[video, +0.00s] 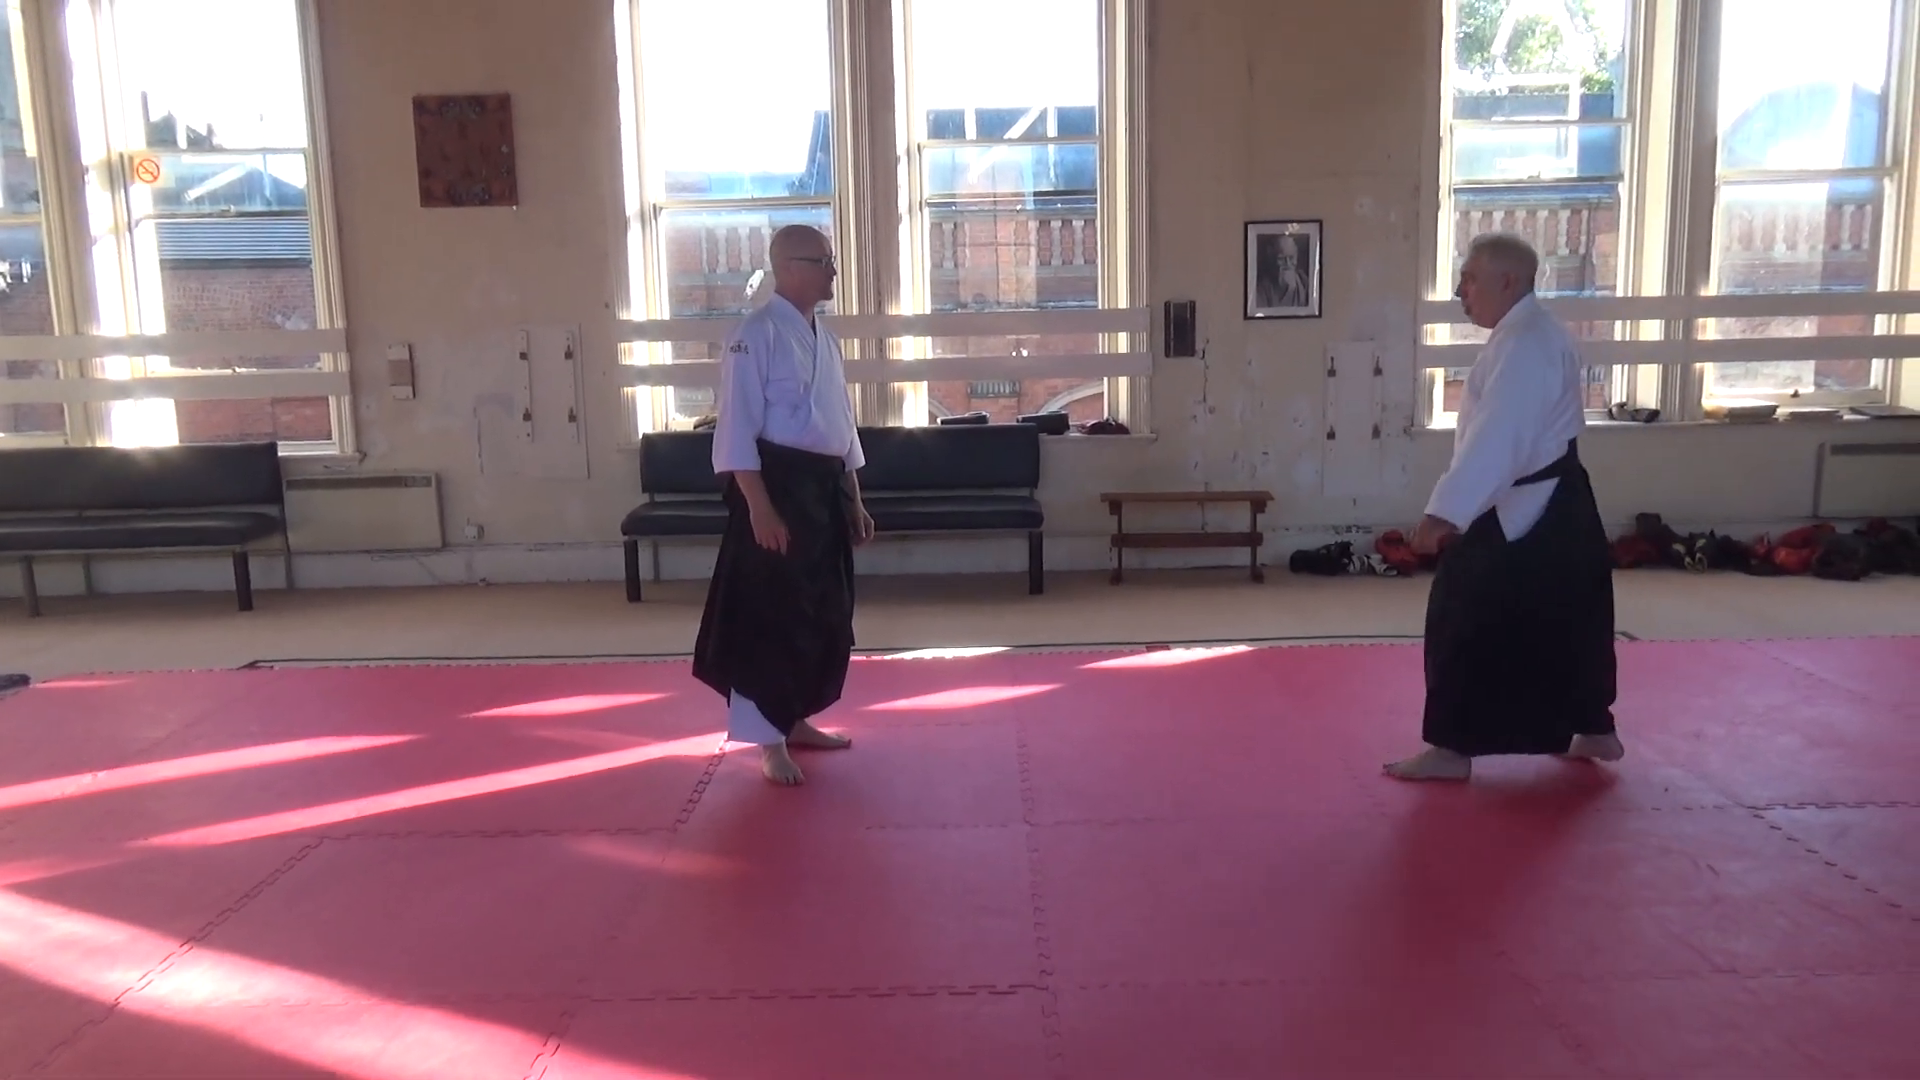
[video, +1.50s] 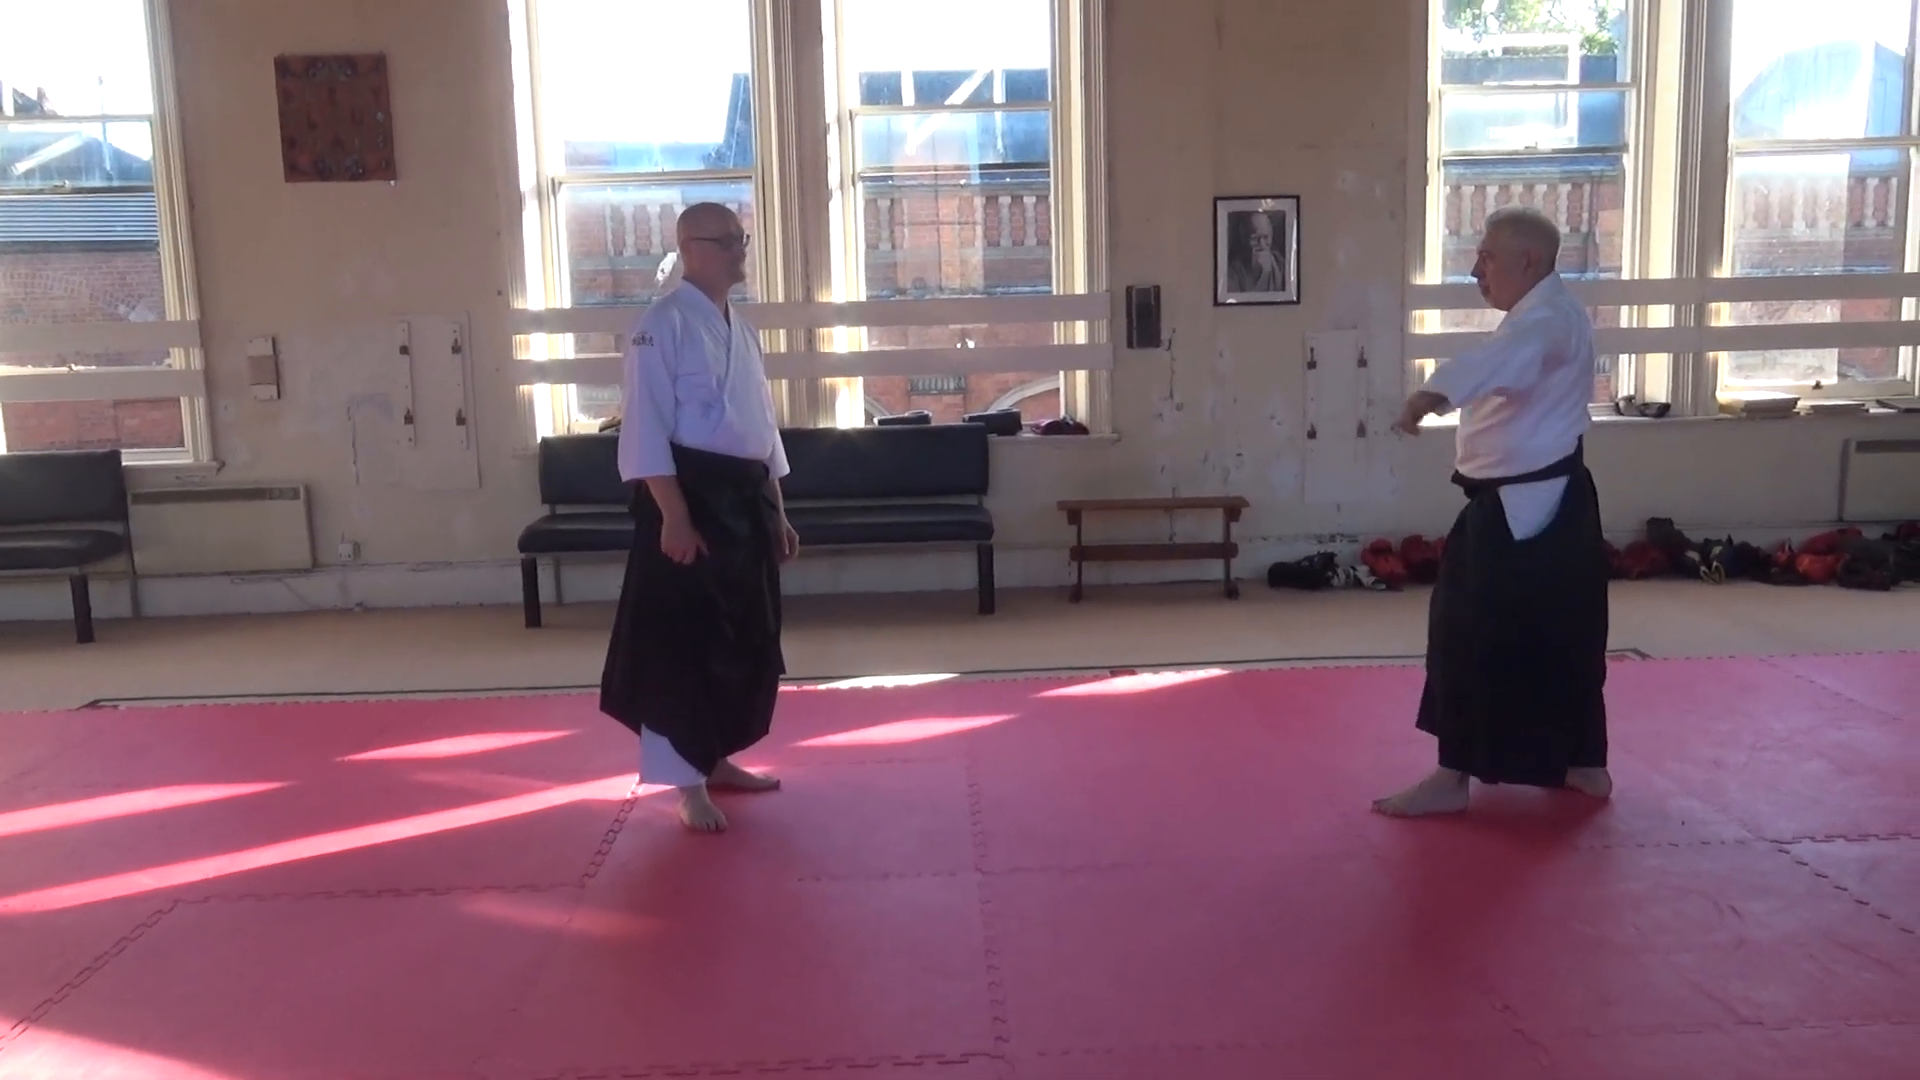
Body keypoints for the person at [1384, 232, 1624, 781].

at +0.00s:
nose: (1461, 290)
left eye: (1470, 278)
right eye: (1462, 278)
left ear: (1508, 282)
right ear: (1513, 283)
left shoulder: (1523, 343)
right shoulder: (1538, 330)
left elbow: (1495, 440)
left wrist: (1441, 514)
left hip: (1522, 505)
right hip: (1560, 499)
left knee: (1457, 616)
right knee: (1575, 614)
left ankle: (1450, 748)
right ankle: (1596, 730)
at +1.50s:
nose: (1477, 269)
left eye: (1487, 258)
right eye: (1479, 257)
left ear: (1528, 262)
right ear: (1531, 263)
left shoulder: (1543, 317)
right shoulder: (1556, 309)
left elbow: (1497, 360)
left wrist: (1433, 394)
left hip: (1514, 504)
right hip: (1555, 497)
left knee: (1460, 634)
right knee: (1567, 633)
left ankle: (1451, 776)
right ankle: (1586, 764)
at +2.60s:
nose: (1458, 298)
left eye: (1468, 287)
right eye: (1459, 287)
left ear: (1512, 285)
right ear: (1509, 287)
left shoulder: (1529, 353)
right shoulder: (1509, 344)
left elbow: (1480, 456)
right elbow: (1452, 426)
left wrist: (1430, 499)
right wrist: (1387, 473)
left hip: (1512, 532)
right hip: (1545, 524)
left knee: (1457, 665)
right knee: (1561, 663)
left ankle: (1444, 807)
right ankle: (1584, 795)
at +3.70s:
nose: (1583, 232)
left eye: (1595, 216)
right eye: (1583, 215)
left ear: (1646, 219)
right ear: (1656, 221)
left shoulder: (1645, 307)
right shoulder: (1697, 279)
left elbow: (1566, 423)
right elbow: (1581, 351)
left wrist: (1511, 478)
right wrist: (1486, 313)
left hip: (1661, 531)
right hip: (1727, 515)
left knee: (1548, 665)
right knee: (1767, 690)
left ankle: (1507, 856)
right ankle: (1830, 861)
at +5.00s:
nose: (939, 236)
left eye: (953, 225)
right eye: (930, 227)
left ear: (988, 237)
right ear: (920, 242)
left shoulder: (1045, 308)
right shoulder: (902, 325)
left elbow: (1108, 375)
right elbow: (843, 382)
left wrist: (1136, 434)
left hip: (1045, 507)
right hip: (957, 512)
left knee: (1086, 638)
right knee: (936, 649)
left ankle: (1122, 753)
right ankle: (942, 794)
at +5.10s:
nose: (940, 232)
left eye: (954, 218)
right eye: (929, 220)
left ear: (985, 223)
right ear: (918, 230)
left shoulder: (1047, 291)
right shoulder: (902, 315)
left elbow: (1117, 360)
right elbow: (867, 400)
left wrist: (1170, 427)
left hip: (1054, 491)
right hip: (965, 497)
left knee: (1093, 620)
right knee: (958, 629)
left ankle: (1123, 741)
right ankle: (976, 761)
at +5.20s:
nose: (956, 228)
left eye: (969, 211)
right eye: (942, 215)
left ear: (994, 213)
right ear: (927, 220)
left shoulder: (1055, 273)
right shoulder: (913, 297)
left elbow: (1131, 336)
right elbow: (890, 392)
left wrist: (1197, 404)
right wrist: (906, 492)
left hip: (1058, 482)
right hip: (970, 486)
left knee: (1072, 622)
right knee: (977, 625)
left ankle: (1063, 754)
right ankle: (987, 764)